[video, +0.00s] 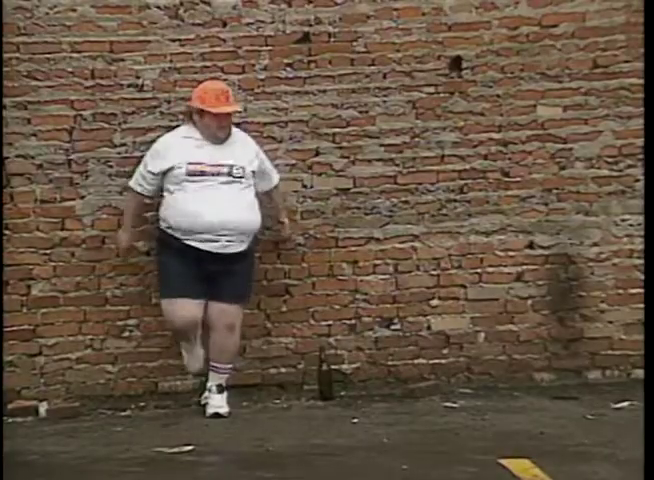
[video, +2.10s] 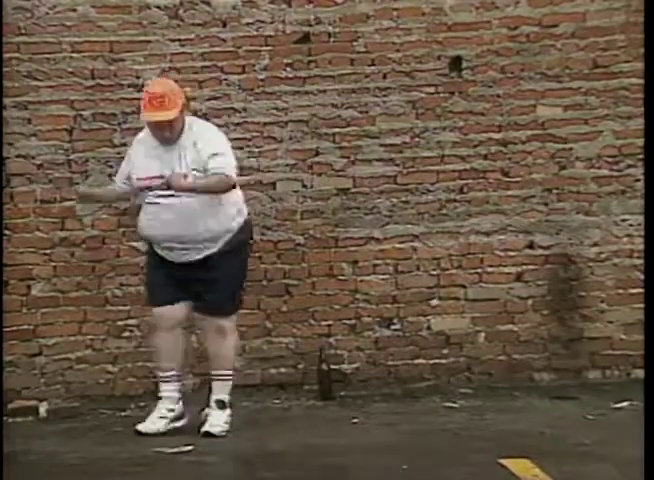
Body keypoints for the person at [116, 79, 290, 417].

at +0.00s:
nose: (224, 121)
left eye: (228, 114)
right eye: (216, 115)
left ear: (234, 113)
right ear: (196, 114)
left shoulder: (245, 146)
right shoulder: (170, 146)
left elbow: (269, 186)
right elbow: (138, 189)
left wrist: (282, 220)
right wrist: (127, 230)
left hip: (234, 250)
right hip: (181, 245)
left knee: (225, 321)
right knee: (183, 318)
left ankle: (217, 388)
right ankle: (190, 339)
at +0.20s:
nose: (214, 111)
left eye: (220, 105)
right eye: (207, 105)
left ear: (229, 109)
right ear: (194, 108)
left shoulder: (244, 146)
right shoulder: (173, 142)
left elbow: (272, 179)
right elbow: (143, 173)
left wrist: (283, 204)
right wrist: (142, 203)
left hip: (234, 252)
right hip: (180, 247)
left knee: (225, 324)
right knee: (181, 314)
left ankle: (217, 388)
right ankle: (189, 377)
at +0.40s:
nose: (202, 95)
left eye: (209, 89)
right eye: (195, 89)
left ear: (220, 92)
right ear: (184, 92)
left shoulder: (236, 123)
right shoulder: (169, 121)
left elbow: (249, 161)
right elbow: (158, 164)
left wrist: (227, 180)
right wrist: (192, 176)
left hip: (228, 234)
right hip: (178, 231)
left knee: (222, 311)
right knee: (187, 307)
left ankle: (217, 388)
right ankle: (189, 390)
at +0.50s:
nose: (198, 107)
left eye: (204, 100)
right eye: (190, 101)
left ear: (215, 97)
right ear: (178, 99)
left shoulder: (235, 126)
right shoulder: (164, 127)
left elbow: (257, 161)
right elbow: (134, 160)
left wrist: (233, 186)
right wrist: (162, 174)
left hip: (226, 236)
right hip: (175, 234)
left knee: (226, 313)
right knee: (184, 312)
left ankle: (219, 386)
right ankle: (190, 390)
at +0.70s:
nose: (195, 120)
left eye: (201, 112)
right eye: (187, 113)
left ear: (211, 110)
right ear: (175, 114)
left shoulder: (233, 145)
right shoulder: (156, 146)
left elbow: (265, 181)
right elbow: (120, 176)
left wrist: (269, 212)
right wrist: (116, 199)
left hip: (228, 245)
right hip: (172, 247)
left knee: (246, 310)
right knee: (185, 325)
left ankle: (236, 370)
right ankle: (192, 394)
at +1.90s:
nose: (178, 114)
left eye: (185, 106)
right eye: (170, 108)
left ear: (199, 108)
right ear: (161, 113)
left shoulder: (224, 138)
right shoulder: (157, 146)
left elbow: (264, 164)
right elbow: (140, 180)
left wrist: (241, 182)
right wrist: (130, 208)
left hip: (213, 256)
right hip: (157, 254)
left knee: (211, 332)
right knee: (147, 321)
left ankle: (217, 407)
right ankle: (176, 388)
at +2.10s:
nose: (163, 128)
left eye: (169, 121)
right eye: (155, 122)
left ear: (182, 111)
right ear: (145, 117)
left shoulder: (207, 136)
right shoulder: (140, 145)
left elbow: (226, 180)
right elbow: (124, 192)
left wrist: (187, 185)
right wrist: (87, 193)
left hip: (219, 245)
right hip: (166, 247)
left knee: (218, 324)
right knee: (165, 319)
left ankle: (219, 406)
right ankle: (170, 403)